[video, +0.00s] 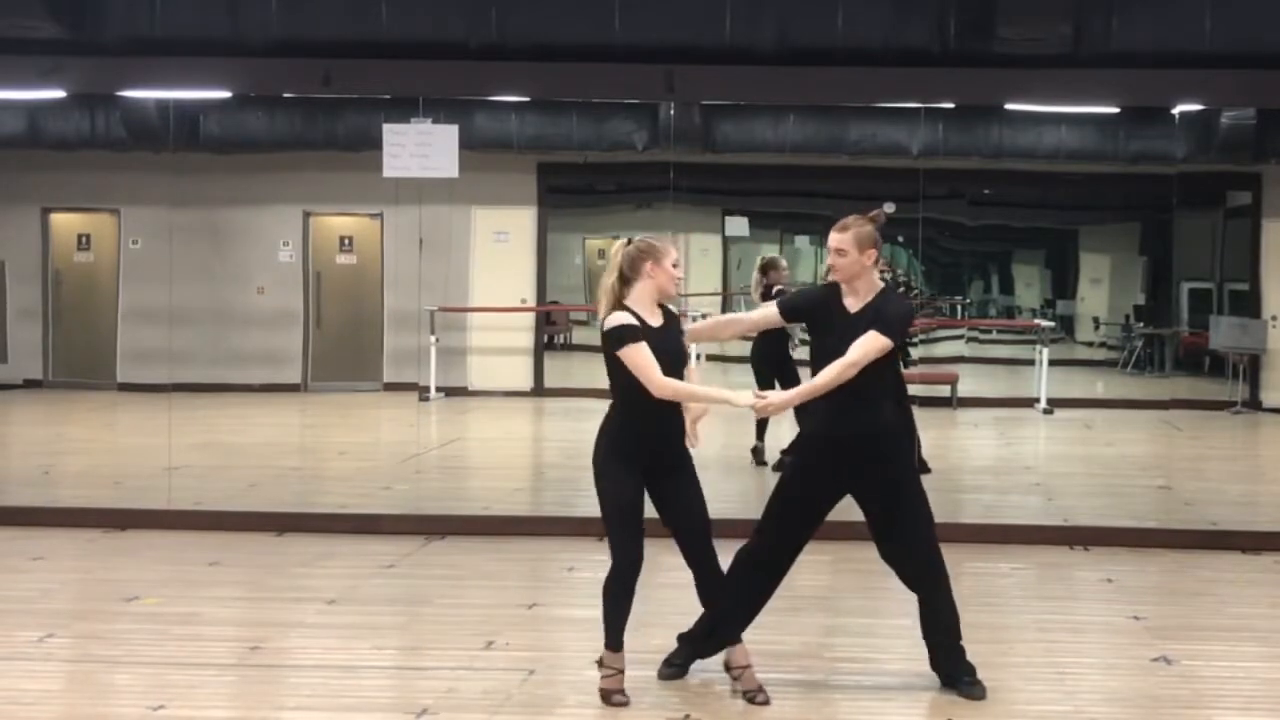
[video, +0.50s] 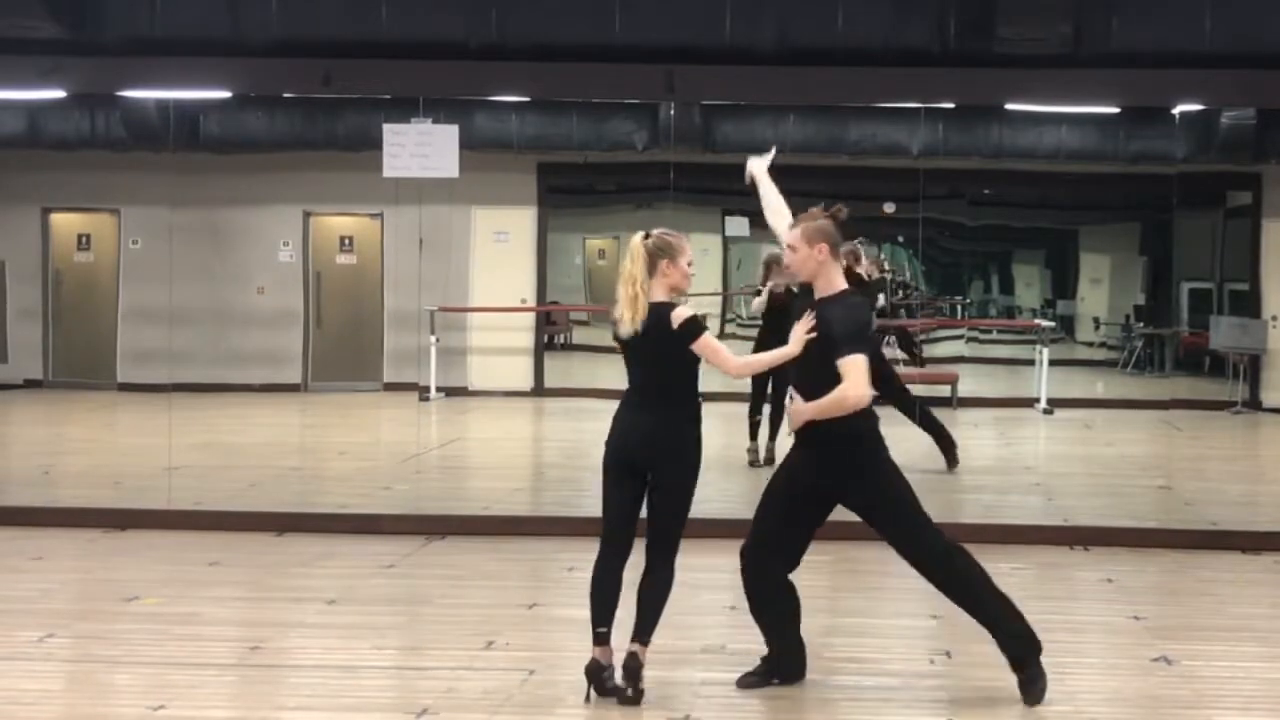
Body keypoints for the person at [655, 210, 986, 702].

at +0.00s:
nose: (830, 260)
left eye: (839, 254)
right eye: (829, 252)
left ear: (870, 257)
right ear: (836, 255)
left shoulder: (895, 308)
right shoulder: (820, 298)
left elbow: (851, 362)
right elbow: (746, 322)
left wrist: (790, 397)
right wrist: (679, 333)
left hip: (884, 458)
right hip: (820, 453)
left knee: (926, 566)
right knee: (766, 551)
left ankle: (953, 665)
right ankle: (697, 644)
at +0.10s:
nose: (831, 267)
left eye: (839, 259)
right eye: (830, 258)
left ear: (871, 261)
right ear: (852, 261)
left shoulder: (907, 306)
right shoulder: (832, 305)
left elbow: (876, 372)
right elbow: (753, 316)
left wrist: (802, 375)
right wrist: (680, 320)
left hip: (883, 460)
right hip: (819, 454)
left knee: (917, 566)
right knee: (762, 548)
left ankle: (952, 666)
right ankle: (693, 645)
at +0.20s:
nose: (829, 271)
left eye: (836, 263)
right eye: (829, 263)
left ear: (869, 262)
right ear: (856, 263)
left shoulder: (911, 308)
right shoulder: (831, 302)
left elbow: (911, 385)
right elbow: (759, 301)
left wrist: (841, 361)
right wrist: (708, 295)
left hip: (882, 464)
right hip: (817, 456)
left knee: (913, 569)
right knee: (755, 539)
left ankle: (950, 668)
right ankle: (715, 642)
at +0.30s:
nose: (820, 263)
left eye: (826, 255)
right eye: (820, 255)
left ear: (855, 256)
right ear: (849, 257)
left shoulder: (894, 310)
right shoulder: (827, 294)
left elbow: (922, 382)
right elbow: (771, 272)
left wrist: (849, 379)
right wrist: (727, 253)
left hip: (875, 461)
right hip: (821, 452)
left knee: (915, 567)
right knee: (749, 539)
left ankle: (962, 666)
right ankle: (774, 645)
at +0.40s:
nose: (799, 256)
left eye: (805, 248)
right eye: (800, 248)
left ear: (834, 250)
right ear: (830, 250)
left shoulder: (865, 306)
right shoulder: (817, 287)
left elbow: (898, 381)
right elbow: (779, 249)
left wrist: (838, 408)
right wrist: (749, 209)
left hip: (860, 454)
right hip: (812, 450)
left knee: (926, 554)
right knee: (754, 551)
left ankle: (1008, 653)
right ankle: (785, 649)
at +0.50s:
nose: (785, 257)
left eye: (791, 249)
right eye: (785, 248)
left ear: (819, 252)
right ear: (818, 251)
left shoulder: (845, 313)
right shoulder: (815, 293)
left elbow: (858, 392)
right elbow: (784, 228)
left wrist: (807, 411)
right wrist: (761, 178)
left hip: (856, 455)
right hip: (814, 453)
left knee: (931, 553)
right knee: (759, 559)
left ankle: (1022, 649)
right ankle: (785, 658)